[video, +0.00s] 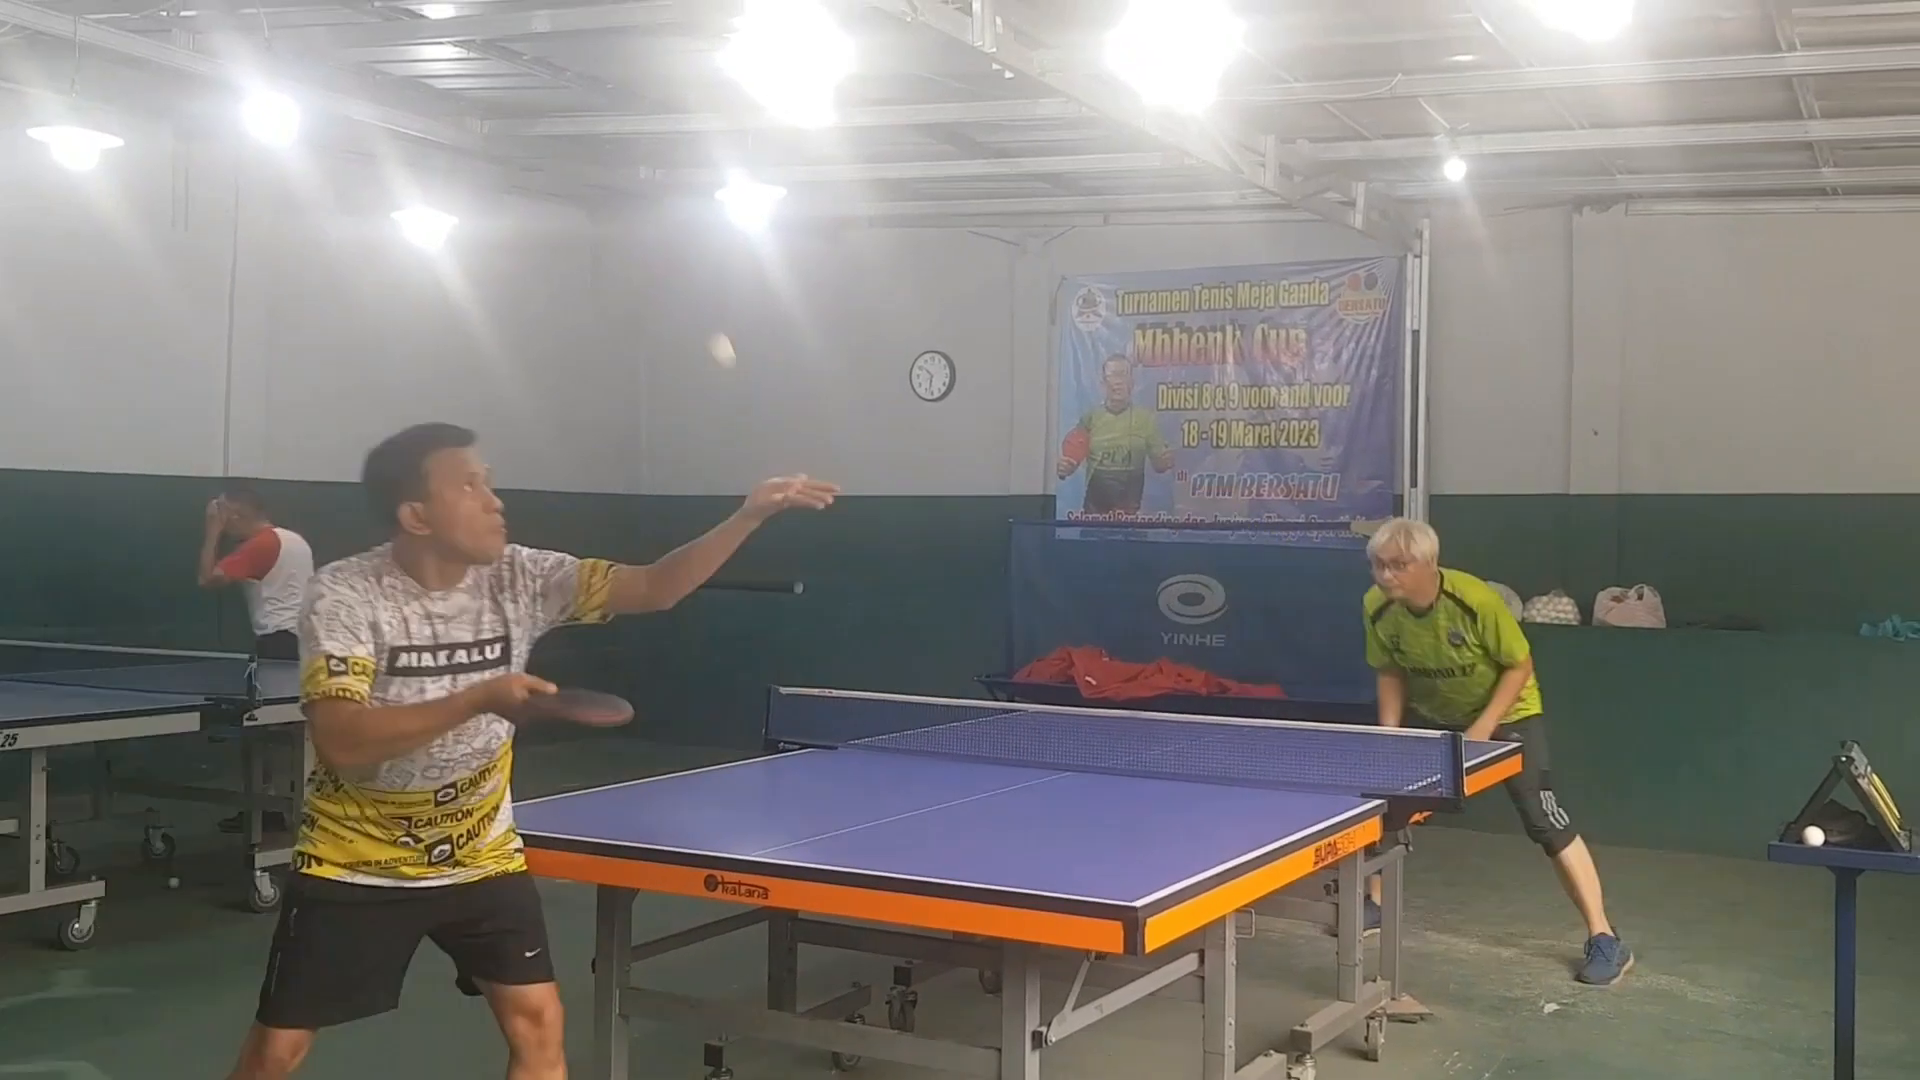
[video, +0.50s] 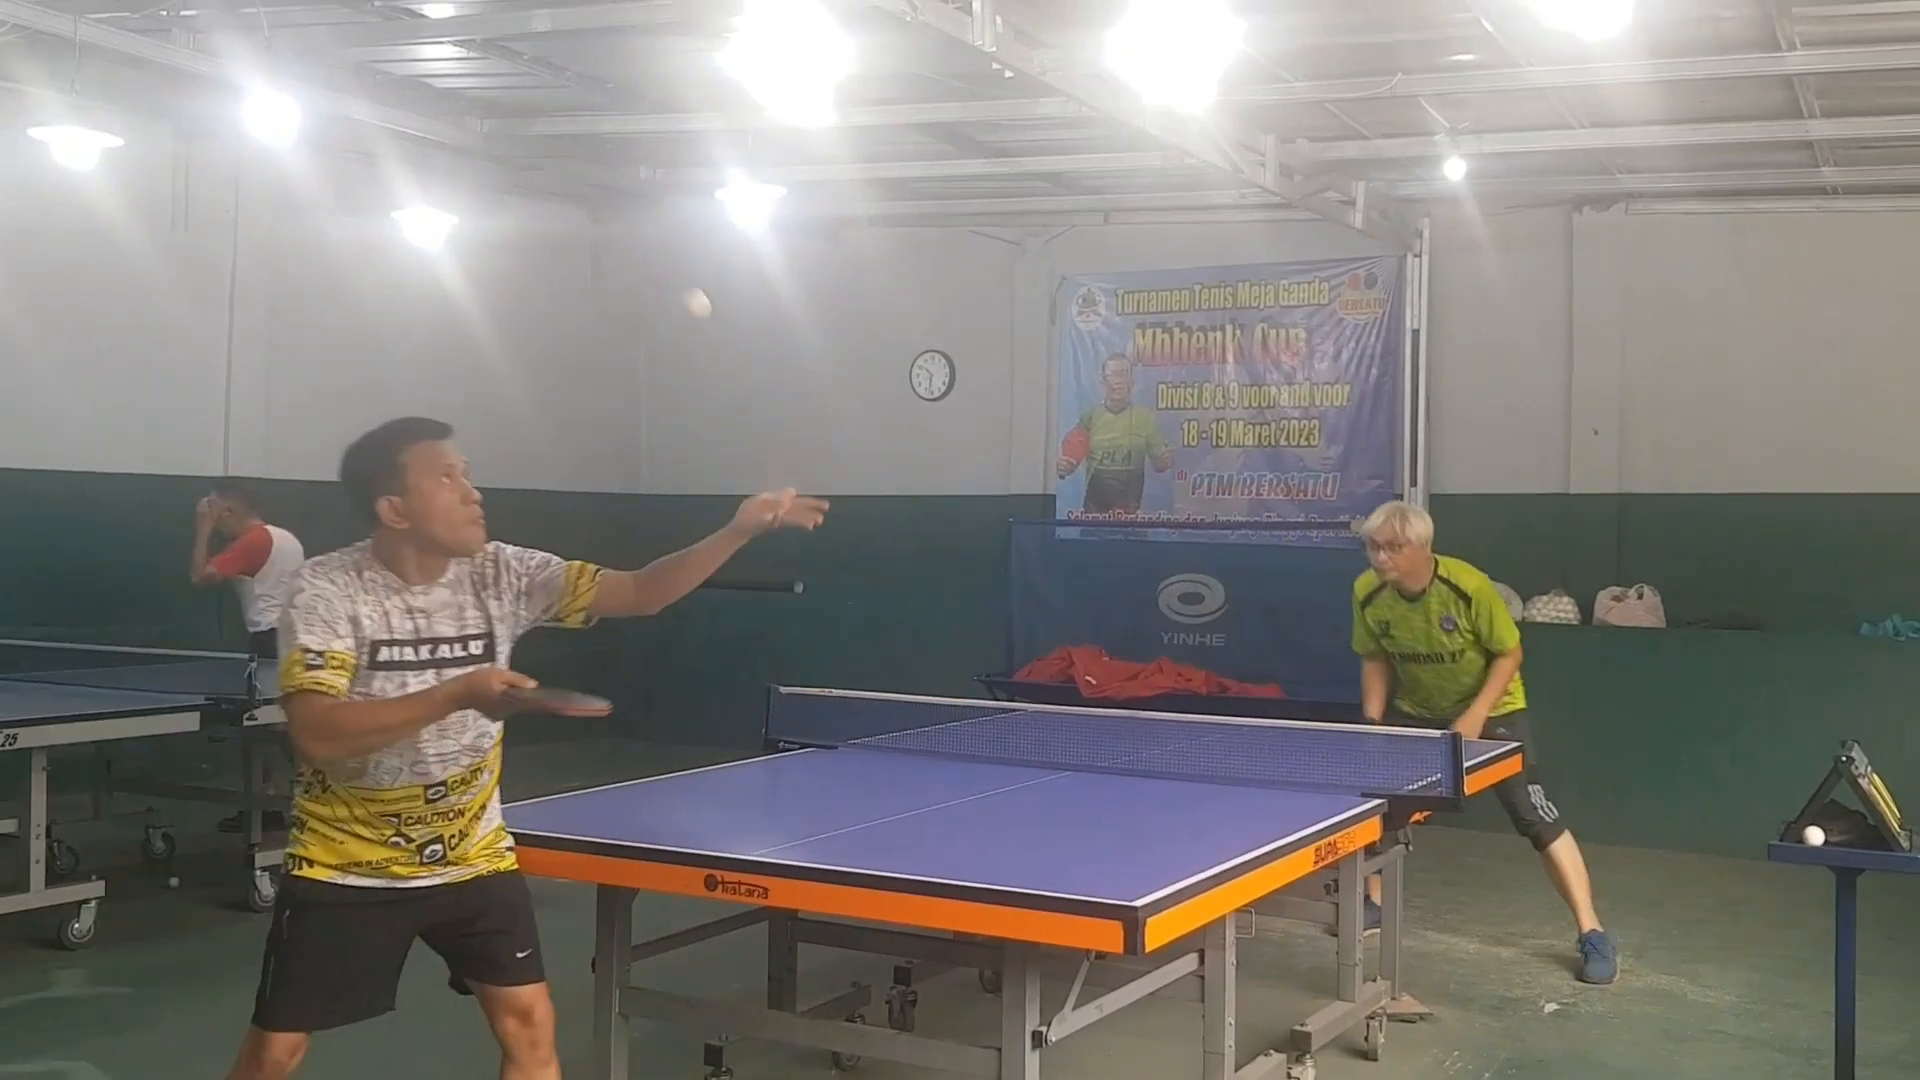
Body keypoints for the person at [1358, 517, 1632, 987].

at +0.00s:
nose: (1383, 576)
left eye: (1394, 566)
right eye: (1378, 566)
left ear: (1425, 565)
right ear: (1374, 567)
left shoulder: (1475, 600)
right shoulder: (1377, 607)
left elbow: (1520, 665)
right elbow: (1388, 674)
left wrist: (1484, 726)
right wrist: (1388, 741)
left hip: (1507, 714)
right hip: (1430, 719)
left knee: (1541, 814)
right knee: (1375, 804)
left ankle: (1603, 937)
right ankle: (1369, 903)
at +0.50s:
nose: (1378, 557)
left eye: (1389, 548)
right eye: (1373, 548)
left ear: (1419, 547)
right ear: (1369, 550)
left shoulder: (1466, 586)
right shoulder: (1368, 592)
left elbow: (1509, 652)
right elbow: (1374, 658)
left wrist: (1477, 713)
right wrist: (1371, 723)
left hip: (1493, 710)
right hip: (1414, 714)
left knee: (1533, 812)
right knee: (1375, 806)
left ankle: (1591, 932)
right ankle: (1372, 904)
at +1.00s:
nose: (1374, 535)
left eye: (1386, 525)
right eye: (1369, 525)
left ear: (1417, 527)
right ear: (1365, 529)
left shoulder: (1463, 569)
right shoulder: (1358, 576)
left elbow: (1496, 636)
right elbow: (1354, 639)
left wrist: (1462, 696)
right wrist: (1346, 704)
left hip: (1476, 701)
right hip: (1400, 705)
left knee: (1512, 804)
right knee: (1369, 799)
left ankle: (1556, 920)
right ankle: (1371, 900)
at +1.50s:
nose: (1375, 521)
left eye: (1386, 511)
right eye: (1370, 512)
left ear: (1418, 514)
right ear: (1367, 516)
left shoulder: (1465, 558)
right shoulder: (1357, 564)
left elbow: (1492, 625)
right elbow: (1346, 624)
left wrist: (1452, 681)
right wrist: (1328, 683)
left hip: (1466, 698)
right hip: (1390, 697)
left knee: (1492, 803)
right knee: (1365, 794)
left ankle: (1509, 915)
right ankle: (1368, 897)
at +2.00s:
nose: (1376, 518)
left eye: (1387, 509)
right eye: (1371, 509)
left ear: (1418, 511)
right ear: (1367, 514)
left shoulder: (1466, 558)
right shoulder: (1359, 561)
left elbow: (1492, 627)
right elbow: (1344, 621)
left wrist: (1446, 677)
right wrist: (1315, 674)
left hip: (1462, 700)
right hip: (1385, 695)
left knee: (1488, 804)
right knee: (1336, 775)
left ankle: (1506, 919)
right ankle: (1347, 891)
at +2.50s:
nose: (1367, 521)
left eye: (1378, 511)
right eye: (1361, 511)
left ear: (1409, 513)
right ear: (1355, 515)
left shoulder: (1454, 558)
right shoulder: (1349, 561)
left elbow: (1483, 626)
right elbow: (1332, 624)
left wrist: (1441, 676)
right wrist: (1301, 668)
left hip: (1452, 705)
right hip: (1373, 702)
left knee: (1485, 808)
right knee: (1330, 790)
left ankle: (1505, 918)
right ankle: (1308, 895)